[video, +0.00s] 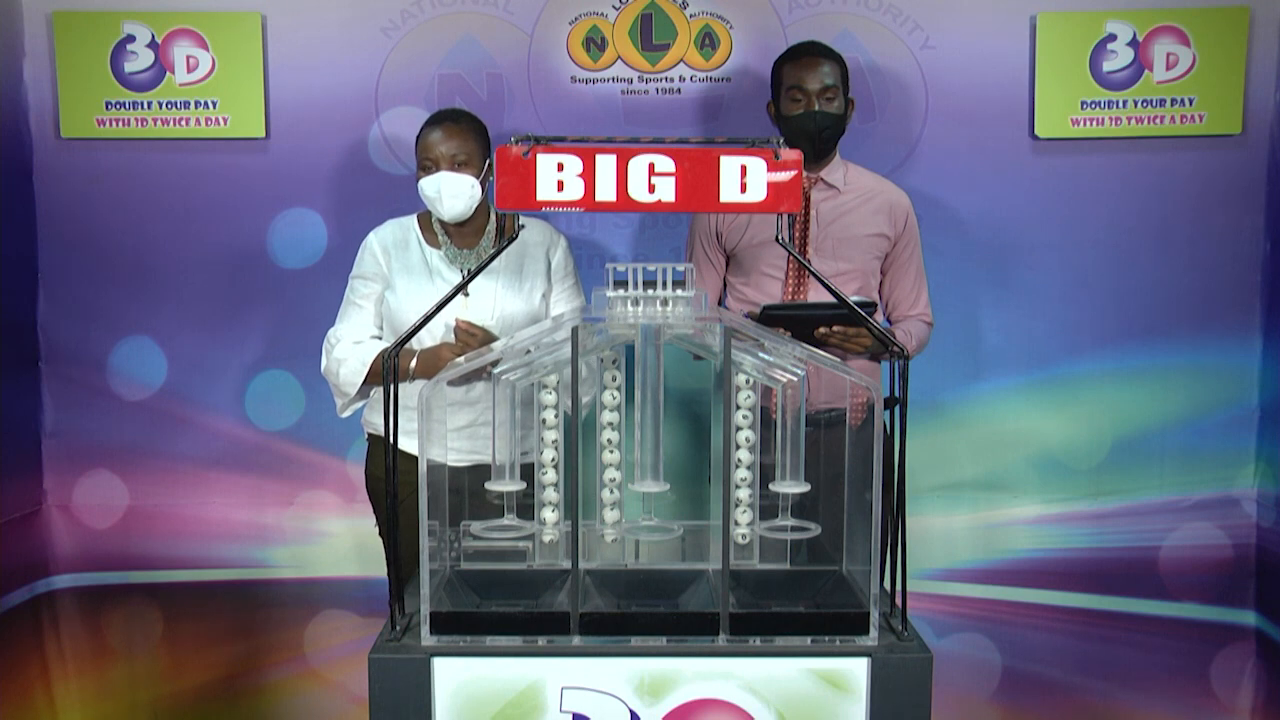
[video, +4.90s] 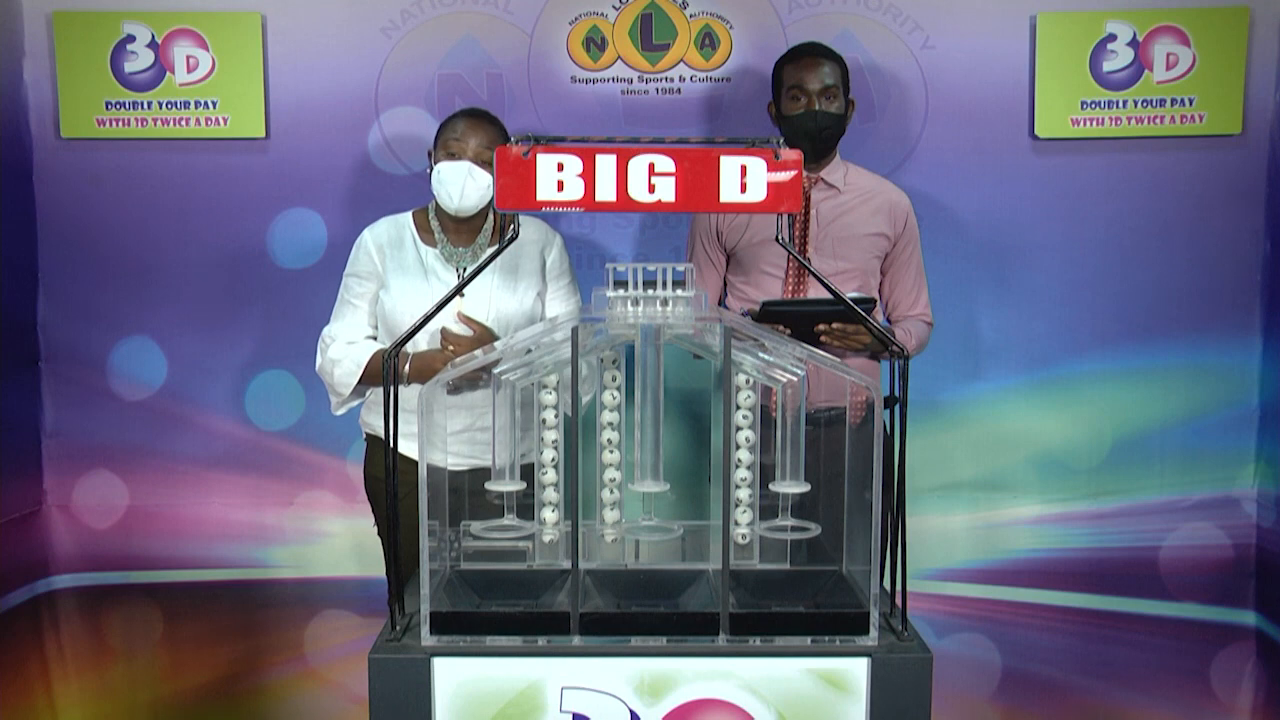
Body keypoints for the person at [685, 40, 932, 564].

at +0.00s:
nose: (813, 108)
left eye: (828, 94)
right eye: (796, 95)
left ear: (848, 108)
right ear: (774, 109)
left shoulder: (888, 204)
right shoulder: (726, 200)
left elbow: (914, 320)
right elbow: (696, 318)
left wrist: (876, 342)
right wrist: (761, 340)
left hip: (843, 416)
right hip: (752, 416)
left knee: (844, 580)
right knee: (753, 578)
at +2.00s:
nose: (813, 107)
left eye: (828, 94)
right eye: (796, 95)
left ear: (848, 108)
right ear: (774, 109)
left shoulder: (887, 205)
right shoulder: (726, 200)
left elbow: (915, 320)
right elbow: (696, 318)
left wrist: (876, 341)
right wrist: (760, 337)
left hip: (843, 417)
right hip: (752, 417)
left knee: (844, 581)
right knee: (753, 579)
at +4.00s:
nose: (813, 107)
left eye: (829, 94)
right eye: (796, 95)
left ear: (848, 108)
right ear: (774, 109)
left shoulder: (888, 205)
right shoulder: (727, 200)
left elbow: (914, 321)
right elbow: (695, 318)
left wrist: (876, 341)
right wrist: (758, 335)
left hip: (844, 417)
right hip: (751, 417)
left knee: (844, 581)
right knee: (753, 579)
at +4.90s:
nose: (813, 107)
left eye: (828, 94)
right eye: (796, 95)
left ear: (847, 108)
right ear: (775, 109)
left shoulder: (888, 204)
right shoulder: (727, 201)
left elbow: (914, 320)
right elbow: (696, 317)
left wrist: (877, 339)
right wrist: (754, 330)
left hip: (843, 416)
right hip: (751, 416)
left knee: (844, 578)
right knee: (752, 577)